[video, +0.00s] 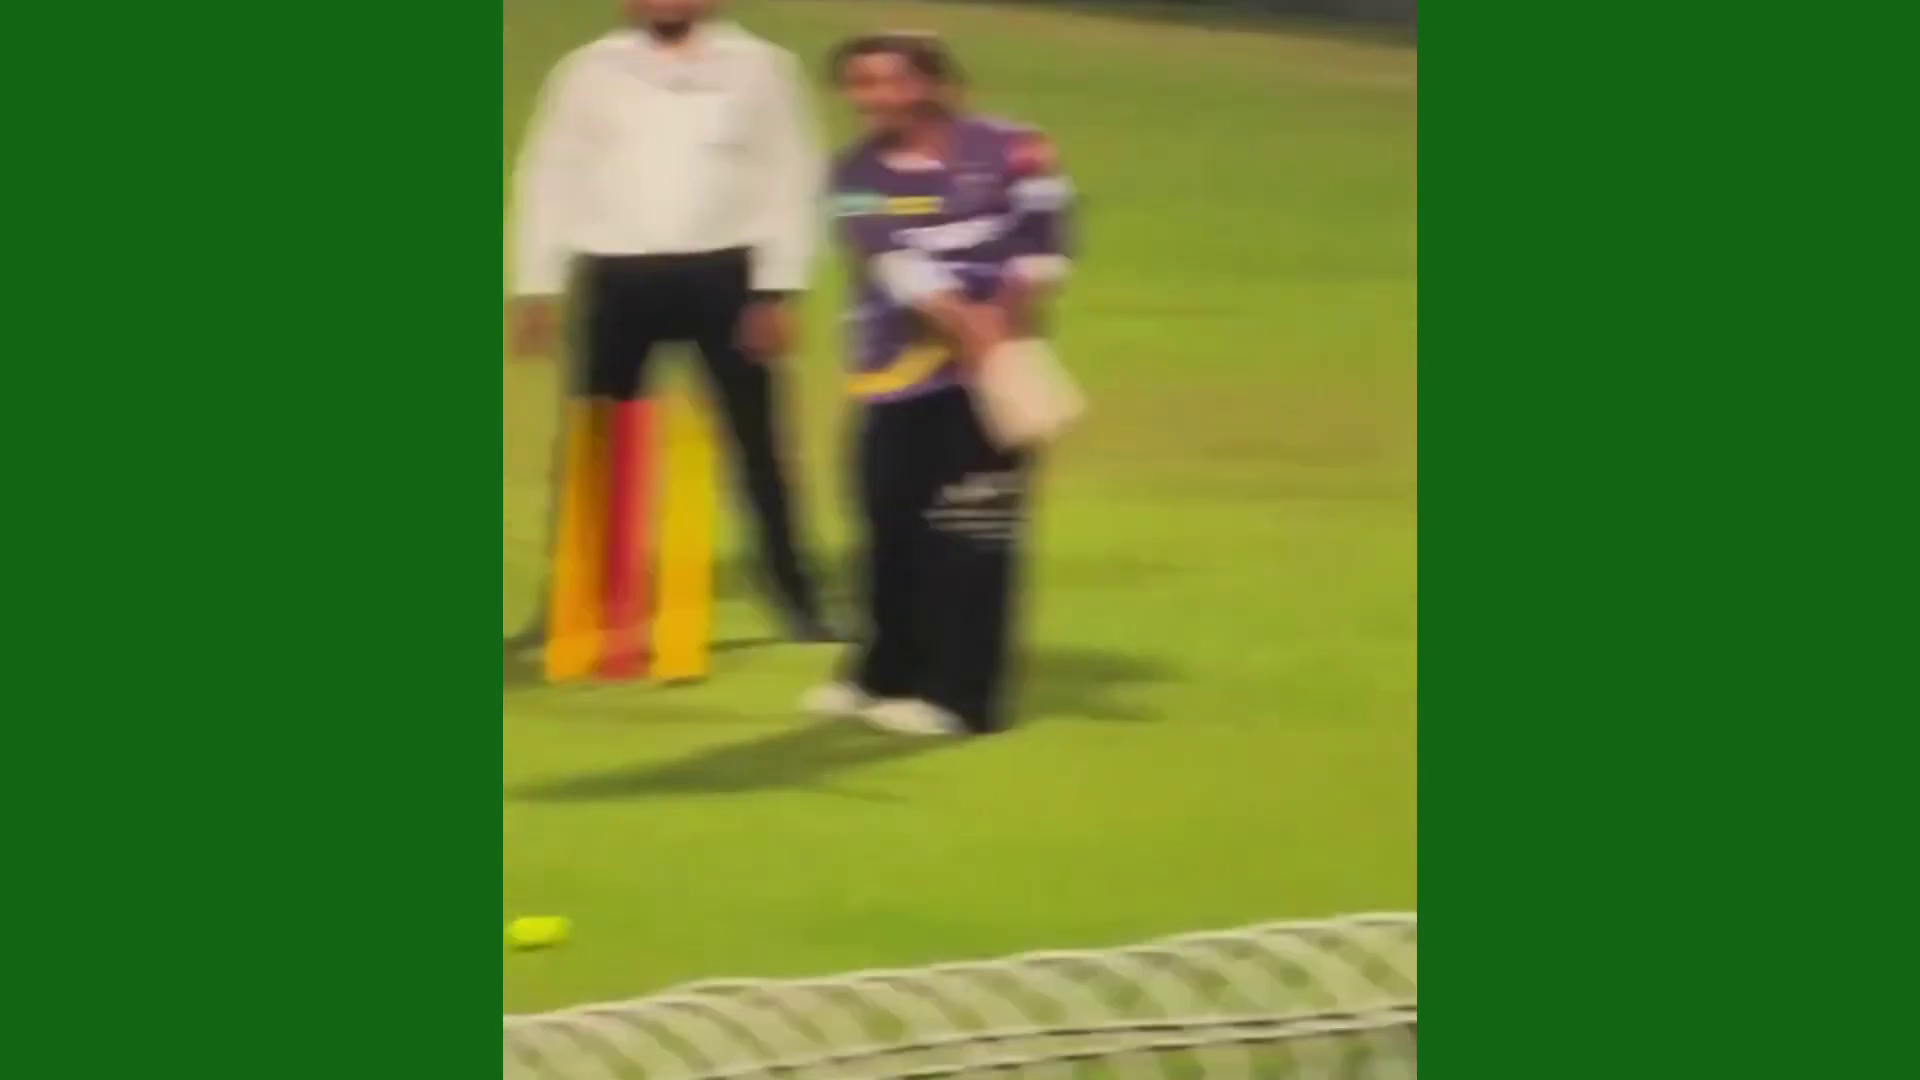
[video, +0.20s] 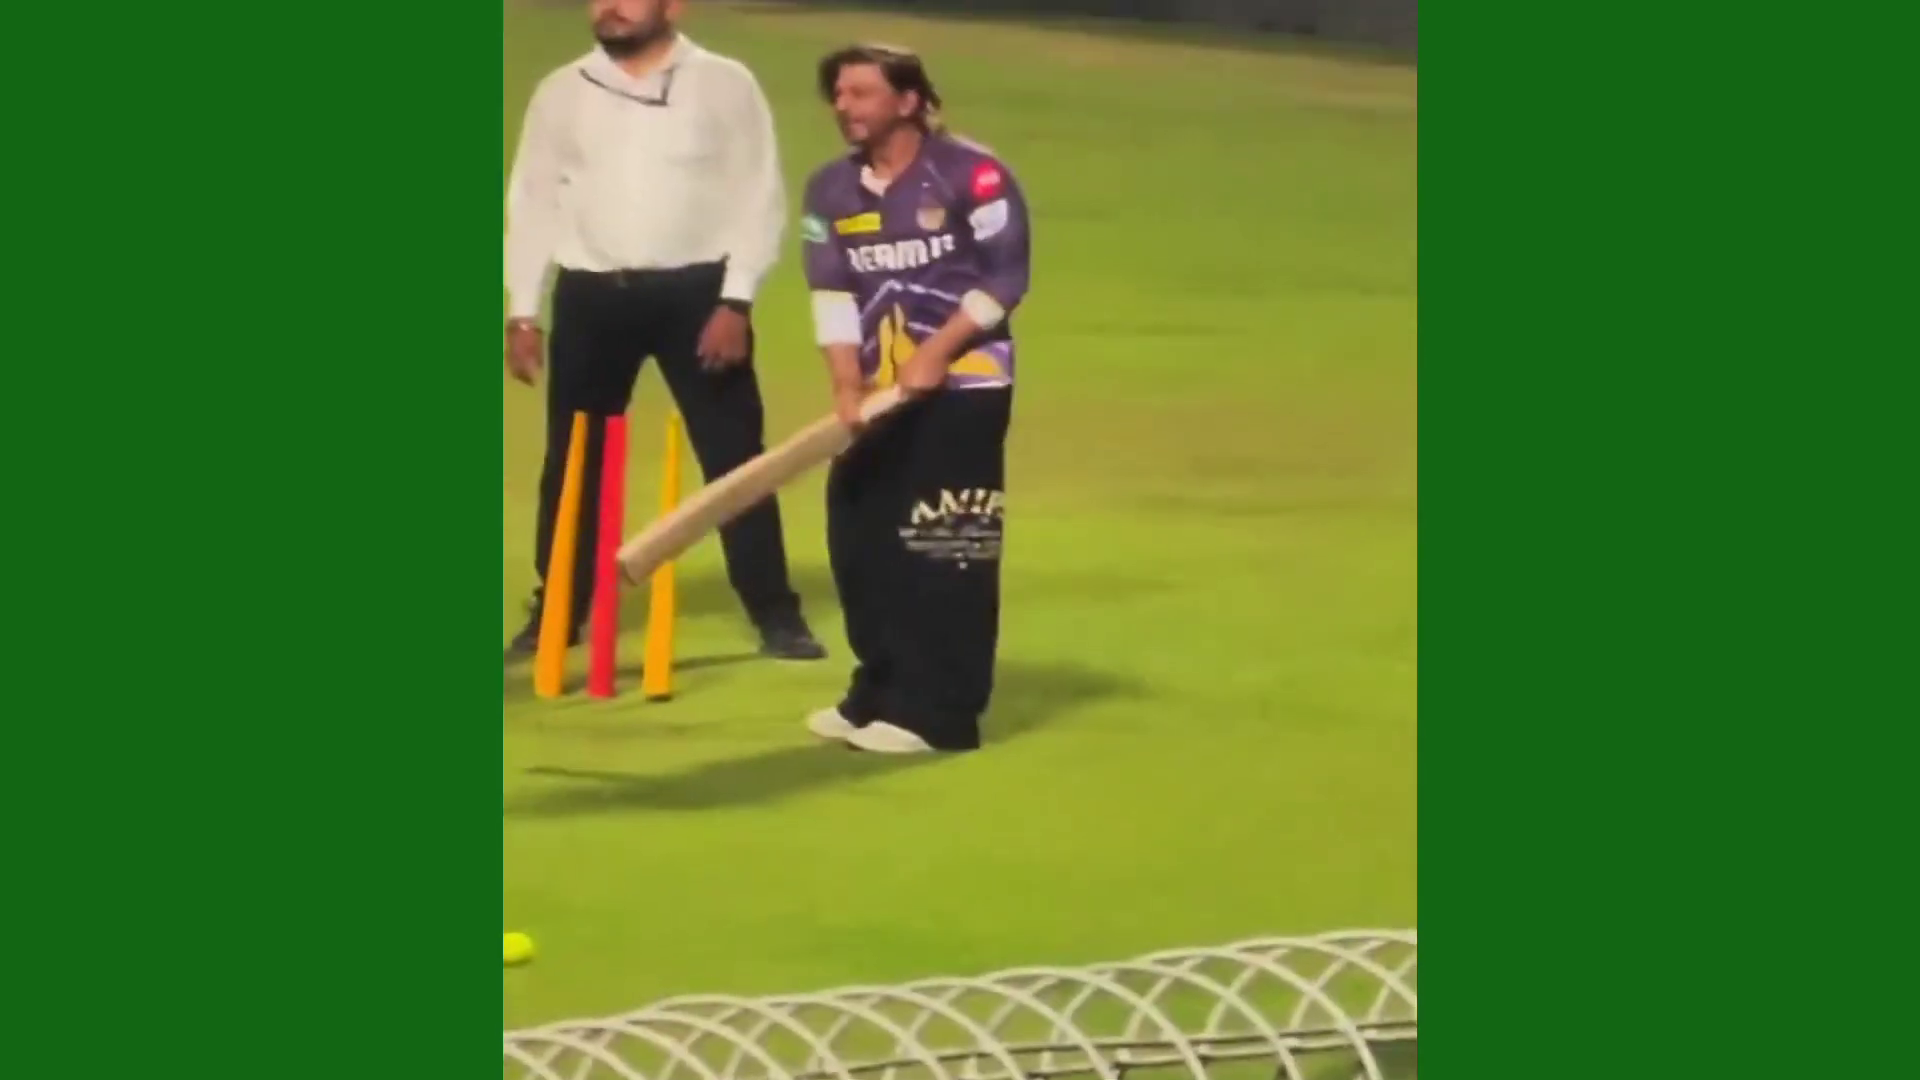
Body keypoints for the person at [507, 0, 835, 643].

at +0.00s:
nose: (666, 2)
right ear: (635, 1)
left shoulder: (760, 68)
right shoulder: (587, 72)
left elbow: (790, 184)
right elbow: (545, 181)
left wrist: (776, 287)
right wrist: (538, 286)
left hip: (721, 275)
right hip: (619, 278)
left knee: (760, 450)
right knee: (595, 452)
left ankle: (797, 600)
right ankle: (570, 608)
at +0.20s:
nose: (608, 6)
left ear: (669, 6)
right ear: (592, 11)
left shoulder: (728, 84)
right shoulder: (560, 93)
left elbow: (761, 198)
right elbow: (531, 202)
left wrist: (737, 301)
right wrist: (523, 310)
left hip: (698, 299)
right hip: (593, 303)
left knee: (739, 463)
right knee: (570, 468)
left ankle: (777, 618)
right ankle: (557, 617)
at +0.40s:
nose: (614, 4)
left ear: (676, 4)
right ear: (601, 10)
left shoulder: (734, 79)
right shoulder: (570, 88)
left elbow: (768, 191)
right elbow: (539, 197)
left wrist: (736, 293)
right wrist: (532, 307)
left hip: (704, 294)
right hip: (600, 298)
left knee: (745, 456)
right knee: (579, 463)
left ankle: (787, 614)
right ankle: (566, 617)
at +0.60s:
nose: (629, 4)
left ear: (692, 4)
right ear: (618, 10)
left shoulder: (752, 81)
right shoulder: (586, 90)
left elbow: (782, 192)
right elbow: (553, 199)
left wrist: (749, 294)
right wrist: (541, 306)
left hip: (718, 294)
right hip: (614, 298)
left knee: (760, 458)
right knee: (596, 464)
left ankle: (804, 616)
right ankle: (580, 621)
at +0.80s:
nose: (650, 3)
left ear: (709, 3)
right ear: (637, 7)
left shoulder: (767, 76)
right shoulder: (603, 84)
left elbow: (799, 188)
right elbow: (570, 195)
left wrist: (765, 291)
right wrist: (552, 303)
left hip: (734, 292)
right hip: (630, 295)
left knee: (776, 453)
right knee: (611, 459)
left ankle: (820, 610)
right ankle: (599, 611)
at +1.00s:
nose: (666, 4)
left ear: (727, 6)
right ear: (651, 8)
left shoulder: (784, 85)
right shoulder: (618, 90)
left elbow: (815, 197)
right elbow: (584, 200)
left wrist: (784, 299)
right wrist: (568, 307)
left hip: (748, 298)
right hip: (645, 301)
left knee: (791, 457)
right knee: (626, 462)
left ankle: (832, 615)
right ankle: (614, 610)